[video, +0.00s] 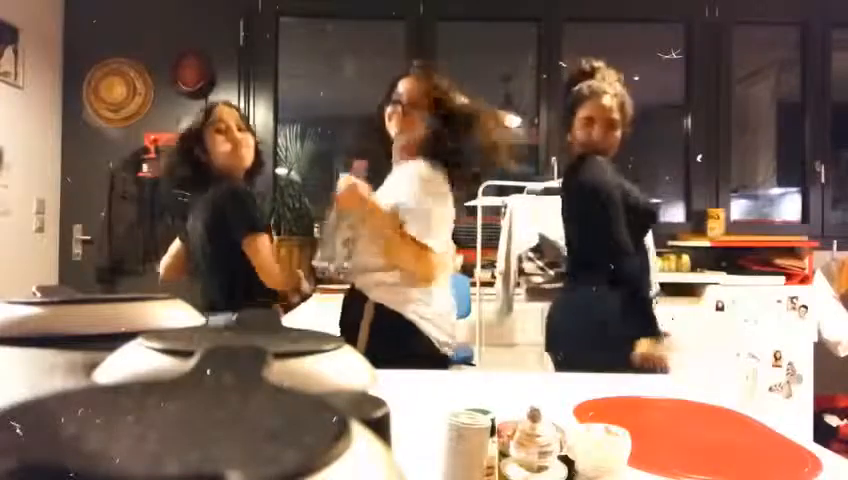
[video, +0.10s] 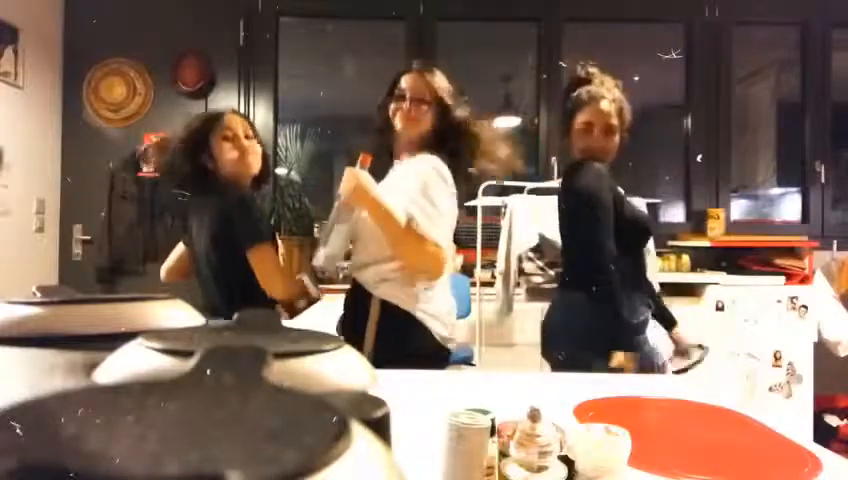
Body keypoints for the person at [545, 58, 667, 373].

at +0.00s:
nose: (598, 134)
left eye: (610, 125)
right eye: (588, 122)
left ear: (622, 131)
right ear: (571, 127)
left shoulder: (577, 174)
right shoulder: (600, 177)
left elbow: (644, 211)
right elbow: (625, 260)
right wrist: (647, 332)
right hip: (606, 319)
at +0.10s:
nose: (596, 139)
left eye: (608, 131)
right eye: (586, 128)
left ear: (621, 138)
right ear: (569, 132)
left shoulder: (579, 178)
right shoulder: (593, 178)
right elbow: (601, 268)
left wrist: (671, 327)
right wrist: (632, 343)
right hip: (598, 331)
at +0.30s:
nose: (591, 138)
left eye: (602, 129)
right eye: (580, 126)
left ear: (614, 135)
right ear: (562, 131)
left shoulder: (593, 176)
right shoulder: (584, 176)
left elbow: (619, 267)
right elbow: (575, 266)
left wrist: (662, 321)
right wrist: (583, 346)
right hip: (610, 318)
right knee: (661, 405)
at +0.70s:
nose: (595, 143)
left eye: (605, 132)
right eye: (584, 131)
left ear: (615, 134)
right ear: (561, 133)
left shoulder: (564, 183)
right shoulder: (592, 187)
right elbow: (601, 273)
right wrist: (632, 344)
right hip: (596, 324)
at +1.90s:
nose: (600, 133)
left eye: (605, 124)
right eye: (586, 123)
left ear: (612, 125)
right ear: (555, 126)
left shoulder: (550, 173)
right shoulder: (583, 173)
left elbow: (560, 261)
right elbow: (611, 263)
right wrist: (637, 334)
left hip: (553, 308)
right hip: (594, 316)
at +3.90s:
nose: (595, 141)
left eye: (599, 132)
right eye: (581, 130)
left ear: (605, 131)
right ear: (551, 135)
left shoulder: (542, 186)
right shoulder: (584, 185)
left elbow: (542, 272)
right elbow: (598, 281)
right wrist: (630, 355)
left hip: (545, 321)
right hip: (581, 327)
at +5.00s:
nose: (602, 132)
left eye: (607, 121)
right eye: (588, 122)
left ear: (614, 121)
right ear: (558, 126)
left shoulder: (557, 183)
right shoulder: (595, 193)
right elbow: (632, 280)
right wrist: (672, 342)